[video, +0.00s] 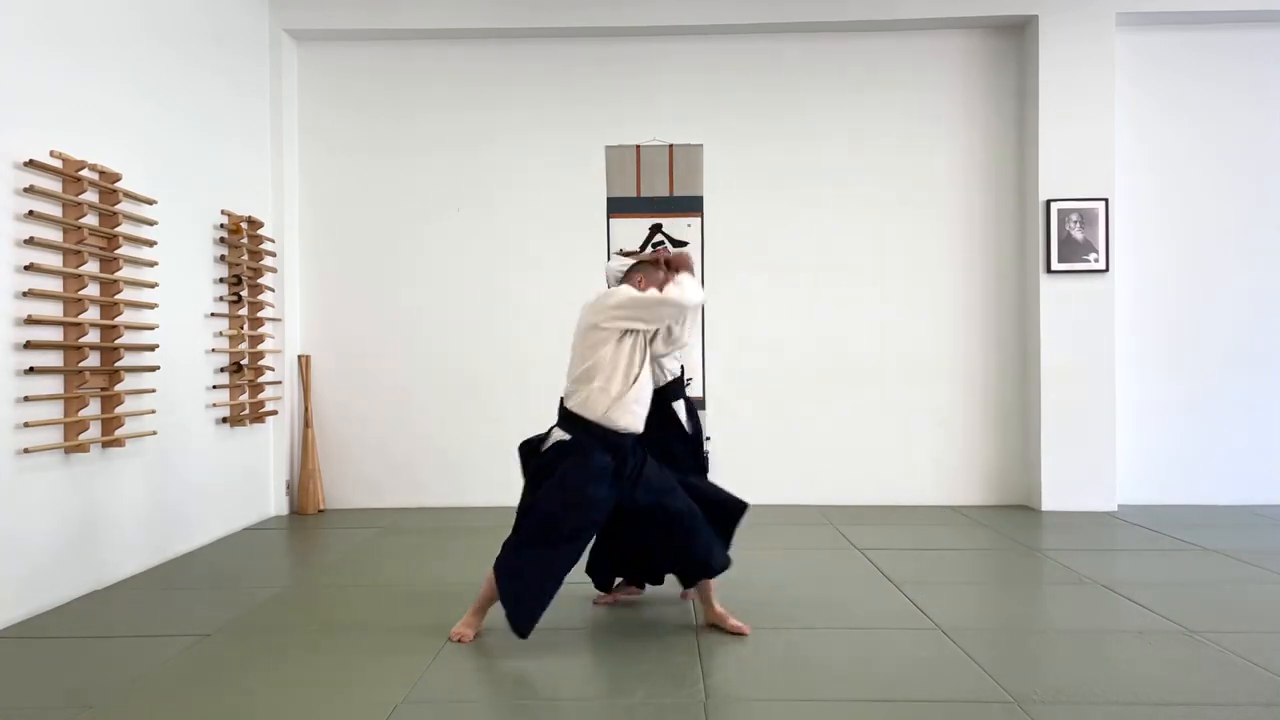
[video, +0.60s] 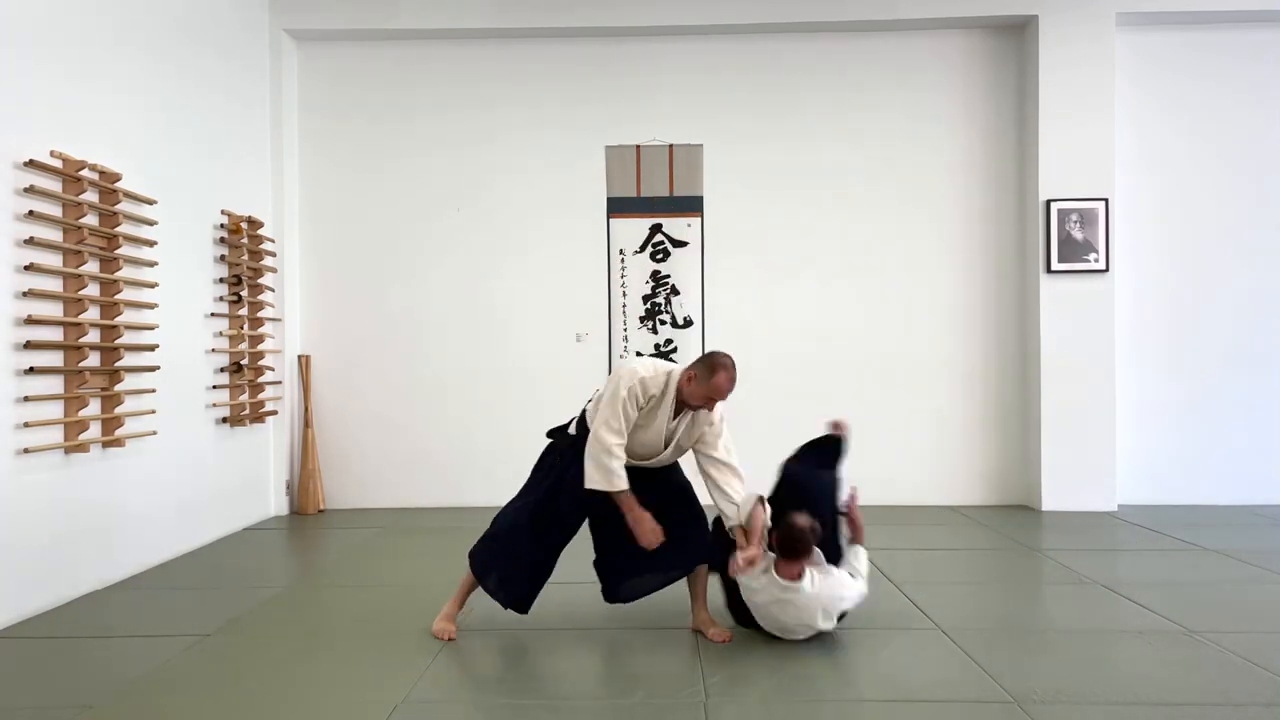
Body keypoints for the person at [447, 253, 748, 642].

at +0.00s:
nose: (663, 292)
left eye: (665, 285)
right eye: (661, 283)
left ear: (646, 286)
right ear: (638, 279)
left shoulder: (641, 323)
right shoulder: (606, 305)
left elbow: (674, 343)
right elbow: (686, 303)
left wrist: (686, 280)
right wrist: (682, 271)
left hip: (627, 448)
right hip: (581, 443)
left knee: (686, 518)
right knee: (535, 532)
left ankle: (711, 608)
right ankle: (477, 613)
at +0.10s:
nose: (643, 309)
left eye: (646, 302)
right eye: (641, 299)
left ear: (615, 289)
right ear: (621, 290)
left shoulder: (615, 325)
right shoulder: (590, 314)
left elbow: (646, 368)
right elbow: (657, 341)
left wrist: (656, 315)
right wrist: (681, 321)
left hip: (608, 453)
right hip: (567, 449)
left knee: (670, 518)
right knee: (531, 540)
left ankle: (687, 608)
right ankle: (477, 614)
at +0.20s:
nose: (633, 303)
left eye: (636, 295)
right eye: (632, 292)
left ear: (609, 284)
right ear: (612, 284)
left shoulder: (601, 324)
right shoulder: (577, 316)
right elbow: (623, 372)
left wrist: (642, 348)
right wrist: (657, 358)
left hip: (602, 447)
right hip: (559, 447)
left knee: (665, 514)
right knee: (525, 541)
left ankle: (687, 607)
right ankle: (476, 614)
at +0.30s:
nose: (645, 309)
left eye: (648, 302)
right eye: (643, 300)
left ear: (622, 292)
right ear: (621, 289)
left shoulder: (614, 332)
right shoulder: (580, 324)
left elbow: (626, 377)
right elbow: (601, 393)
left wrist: (653, 380)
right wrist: (651, 396)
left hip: (606, 449)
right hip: (557, 450)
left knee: (667, 511)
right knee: (524, 541)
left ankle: (692, 607)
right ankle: (475, 614)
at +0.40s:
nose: (676, 333)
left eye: (679, 326)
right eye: (674, 323)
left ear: (650, 315)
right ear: (649, 313)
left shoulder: (649, 356)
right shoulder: (597, 343)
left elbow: (651, 409)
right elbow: (601, 408)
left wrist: (677, 428)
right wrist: (658, 438)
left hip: (612, 453)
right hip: (558, 450)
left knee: (667, 522)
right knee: (519, 533)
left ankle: (699, 614)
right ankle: (472, 615)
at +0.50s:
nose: (701, 372)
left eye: (705, 366)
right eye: (699, 364)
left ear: (681, 353)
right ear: (674, 347)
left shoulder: (682, 384)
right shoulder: (616, 362)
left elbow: (697, 443)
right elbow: (612, 437)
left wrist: (713, 475)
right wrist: (669, 485)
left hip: (628, 454)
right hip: (571, 446)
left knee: (683, 517)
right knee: (515, 522)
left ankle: (699, 613)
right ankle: (463, 613)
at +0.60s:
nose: (713, 407)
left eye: (720, 401)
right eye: (711, 397)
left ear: (718, 393)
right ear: (689, 378)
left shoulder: (704, 411)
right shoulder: (635, 381)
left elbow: (723, 470)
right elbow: (605, 446)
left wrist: (749, 533)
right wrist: (634, 515)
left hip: (652, 464)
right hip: (590, 449)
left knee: (695, 528)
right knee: (522, 521)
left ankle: (700, 614)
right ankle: (454, 606)